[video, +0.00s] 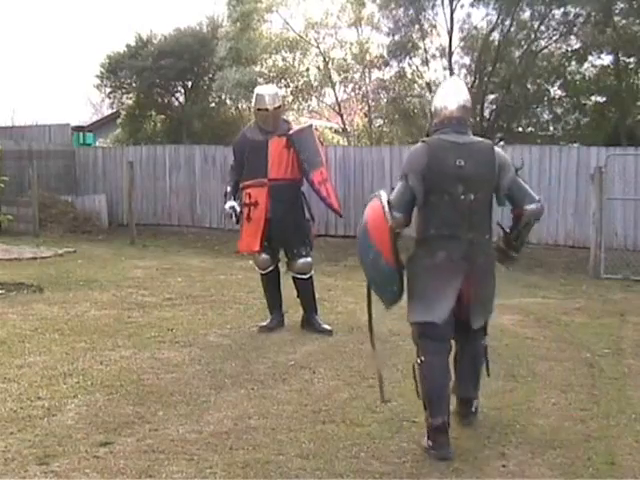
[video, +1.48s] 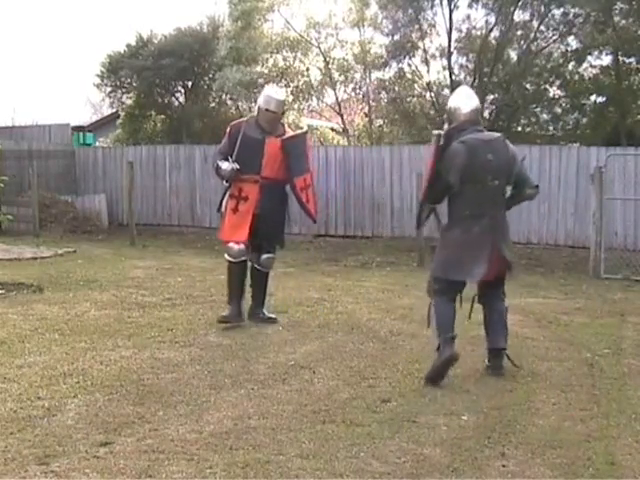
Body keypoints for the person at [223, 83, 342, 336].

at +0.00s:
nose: (267, 116)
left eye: (271, 110)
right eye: (261, 111)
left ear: (280, 109)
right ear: (254, 111)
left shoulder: (293, 135)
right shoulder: (244, 140)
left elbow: (312, 166)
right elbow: (235, 175)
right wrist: (231, 199)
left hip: (291, 207)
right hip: (258, 210)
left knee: (302, 262)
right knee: (264, 261)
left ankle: (310, 316)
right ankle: (276, 315)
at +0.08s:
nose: (265, 116)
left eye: (270, 110)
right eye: (260, 111)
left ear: (279, 109)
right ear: (253, 111)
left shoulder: (293, 134)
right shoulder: (243, 139)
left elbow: (311, 165)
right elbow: (234, 173)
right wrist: (230, 199)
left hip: (290, 206)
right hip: (258, 209)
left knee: (302, 261)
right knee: (264, 261)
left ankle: (311, 316)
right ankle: (276, 315)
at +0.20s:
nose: (261, 117)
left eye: (266, 111)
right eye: (256, 112)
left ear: (276, 109)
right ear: (250, 111)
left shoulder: (291, 134)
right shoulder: (240, 139)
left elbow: (309, 169)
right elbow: (231, 175)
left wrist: (305, 137)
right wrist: (229, 200)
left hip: (290, 205)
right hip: (257, 207)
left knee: (303, 260)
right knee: (264, 260)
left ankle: (312, 315)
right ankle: (275, 315)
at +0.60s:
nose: (256, 117)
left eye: (260, 112)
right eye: (251, 112)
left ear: (270, 109)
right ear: (244, 111)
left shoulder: (286, 133)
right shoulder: (234, 139)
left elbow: (306, 166)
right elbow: (222, 170)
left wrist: (299, 136)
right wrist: (222, 190)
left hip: (287, 200)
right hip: (255, 205)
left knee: (300, 255)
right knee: (265, 258)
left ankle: (279, 297)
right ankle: (276, 314)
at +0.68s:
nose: (254, 118)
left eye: (259, 112)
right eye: (250, 112)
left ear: (269, 110)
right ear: (244, 110)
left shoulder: (287, 134)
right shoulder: (234, 138)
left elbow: (306, 165)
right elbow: (221, 171)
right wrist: (222, 187)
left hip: (287, 199)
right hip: (255, 203)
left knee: (297, 256)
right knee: (265, 258)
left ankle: (269, 288)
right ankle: (275, 314)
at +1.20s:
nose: (268, 118)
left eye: (273, 114)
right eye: (264, 113)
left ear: (278, 113)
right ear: (254, 110)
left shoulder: (286, 137)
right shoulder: (238, 134)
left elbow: (300, 169)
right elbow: (221, 164)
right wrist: (226, 174)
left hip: (277, 200)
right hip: (247, 200)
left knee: (275, 257)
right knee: (252, 252)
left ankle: (259, 303)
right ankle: (263, 305)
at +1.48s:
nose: (271, 117)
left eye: (276, 113)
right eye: (267, 111)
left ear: (282, 114)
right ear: (258, 109)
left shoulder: (287, 138)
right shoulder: (239, 130)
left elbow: (297, 172)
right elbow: (219, 158)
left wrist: (293, 148)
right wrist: (224, 168)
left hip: (271, 203)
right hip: (240, 200)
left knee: (265, 257)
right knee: (236, 252)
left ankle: (257, 308)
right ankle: (234, 308)